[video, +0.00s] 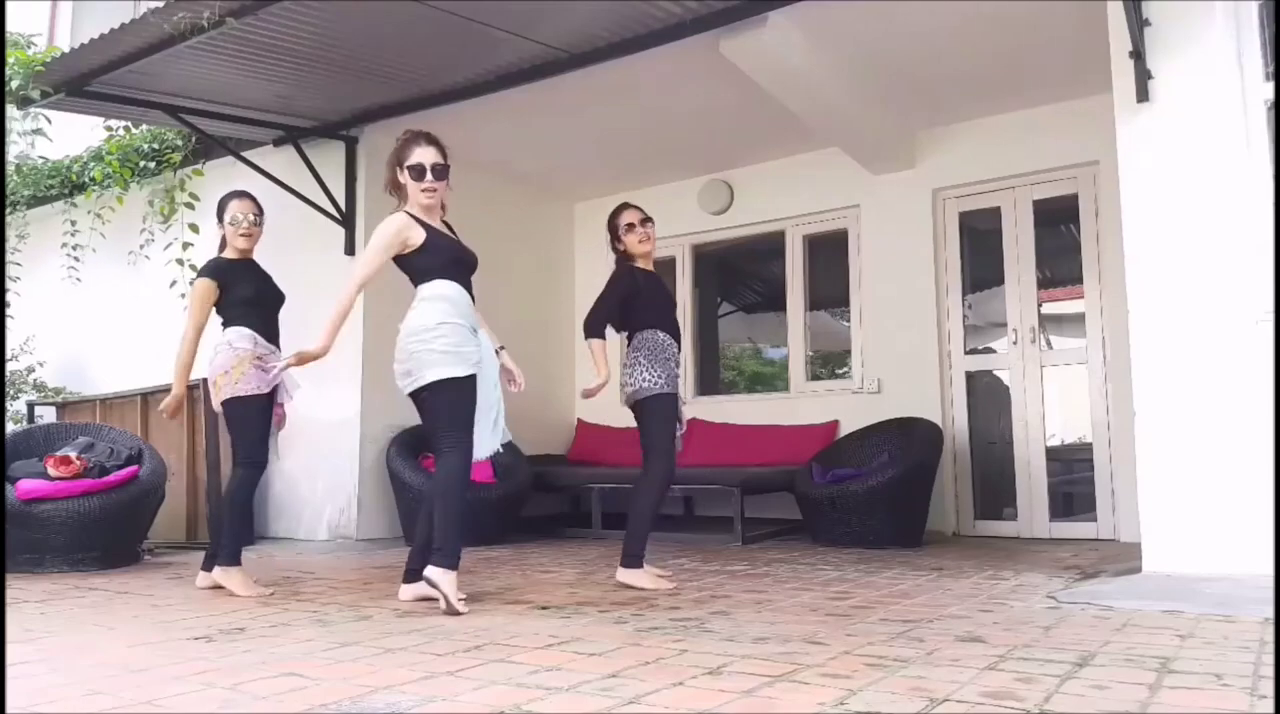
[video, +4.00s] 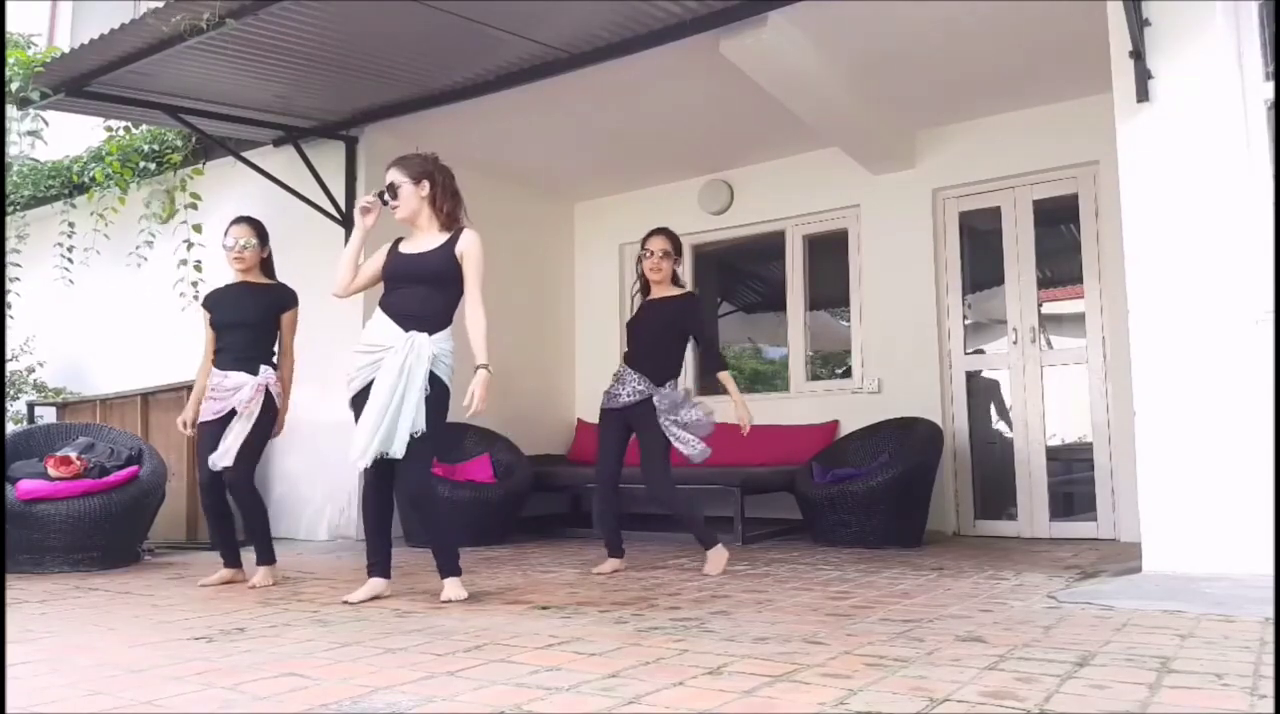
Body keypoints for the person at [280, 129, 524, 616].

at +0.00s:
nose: (429, 178)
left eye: (438, 170)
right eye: (417, 170)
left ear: (448, 176)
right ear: (399, 177)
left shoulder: (443, 228)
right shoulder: (401, 223)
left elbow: (463, 303)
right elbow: (355, 284)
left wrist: (498, 351)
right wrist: (323, 345)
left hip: (460, 347)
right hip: (433, 344)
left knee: (449, 458)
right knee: (455, 452)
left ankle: (417, 574)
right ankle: (445, 565)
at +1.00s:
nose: (432, 190)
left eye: (440, 182)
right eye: (420, 183)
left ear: (452, 187)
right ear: (405, 189)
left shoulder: (468, 242)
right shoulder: (395, 238)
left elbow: (479, 316)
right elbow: (357, 292)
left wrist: (499, 372)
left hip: (460, 360)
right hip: (414, 356)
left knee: (459, 463)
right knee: (437, 453)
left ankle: (420, 575)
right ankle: (391, 572)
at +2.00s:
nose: (418, 188)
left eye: (428, 180)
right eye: (408, 182)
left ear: (444, 185)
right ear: (399, 190)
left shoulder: (468, 244)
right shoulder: (384, 244)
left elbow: (484, 314)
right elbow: (333, 288)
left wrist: (505, 368)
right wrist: (330, 301)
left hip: (453, 362)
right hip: (397, 361)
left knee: (454, 472)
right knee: (383, 453)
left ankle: (423, 576)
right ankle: (360, 576)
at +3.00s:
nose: (423, 202)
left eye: (433, 193)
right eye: (414, 195)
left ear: (452, 197)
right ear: (406, 203)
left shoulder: (477, 250)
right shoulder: (392, 255)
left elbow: (494, 318)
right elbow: (351, 307)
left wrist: (519, 363)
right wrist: (314, 305)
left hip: (457, 374)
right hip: (405, 372)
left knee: (440, 477)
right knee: (332, 456)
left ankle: (435, 576)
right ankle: (365, 567)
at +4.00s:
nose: (387, 199)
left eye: (394, 190)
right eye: (387, 191)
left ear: (424, 187)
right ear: (412, 192)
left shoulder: (462, 240)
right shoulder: (393, 249)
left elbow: (473, 305)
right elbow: (343, 286)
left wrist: (482, 367)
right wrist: (361, 229)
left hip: (427, 365)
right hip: (375, 362)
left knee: (418, 474)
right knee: (377, 469)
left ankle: (450, 576)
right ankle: (378, 576)